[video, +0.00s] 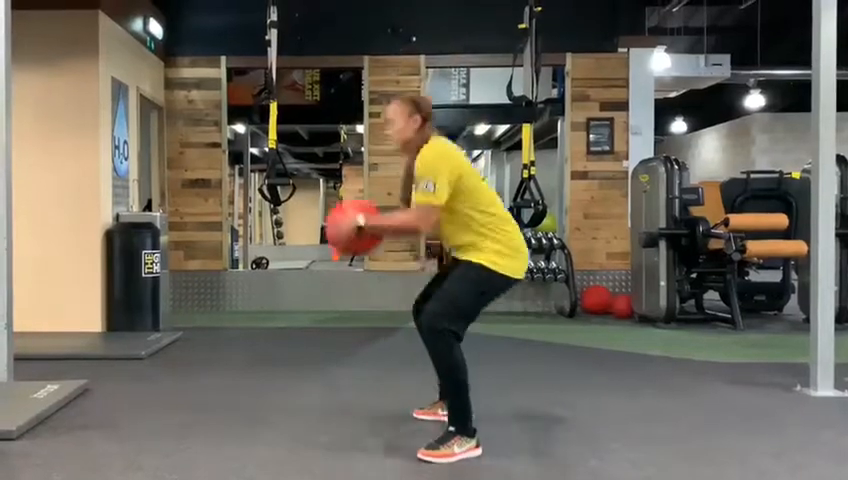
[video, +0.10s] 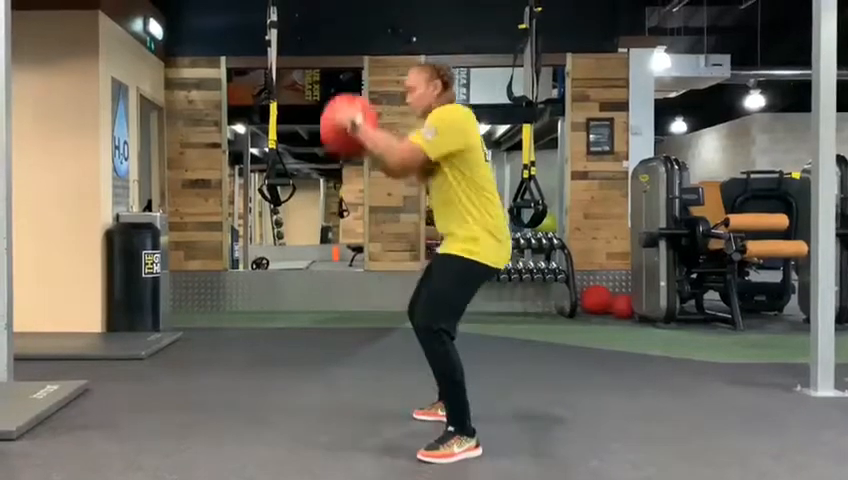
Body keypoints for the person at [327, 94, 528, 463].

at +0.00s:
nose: (386, 130)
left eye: (392, 122)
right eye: (386, 123)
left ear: (417, 121)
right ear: (413, 123)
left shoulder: (436, 154)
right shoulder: (422, 158)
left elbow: (424, 219)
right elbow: (413, 216)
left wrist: (368, 222)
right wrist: (372, 232)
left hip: (496, 254)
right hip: (473, 252)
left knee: (437, 322)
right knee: (424, 311)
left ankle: (464, 434)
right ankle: (450, 401)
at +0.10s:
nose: (407, 96)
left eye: (412, 89)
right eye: (406, 90)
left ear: (436, 87)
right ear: (432, 88)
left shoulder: (453, 117)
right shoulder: (437, 123)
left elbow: (401, 156)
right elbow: (401, 166)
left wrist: (362, 124)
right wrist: (366, 138)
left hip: (477, 243)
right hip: (459, 241)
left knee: (432, 322)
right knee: (420, 314)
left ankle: (463, 433)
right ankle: (449, 401)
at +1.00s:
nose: (401, 137)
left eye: (401, 127)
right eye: (396, 131)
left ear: (420, 112)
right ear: (417, 117)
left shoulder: (447, 136)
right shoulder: (441, 139)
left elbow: (442, 209)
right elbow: (437, 206)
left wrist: (395, 236)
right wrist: (403, 233)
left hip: (511, 237)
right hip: (492, 238)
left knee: (477, 327)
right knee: (459, 315)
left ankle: (532, 440)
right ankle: (490, 398)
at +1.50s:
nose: (359, 321)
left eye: (355, 314)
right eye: (352, 318)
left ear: (363, 295)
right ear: (363, 290)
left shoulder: (399, 292)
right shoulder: (390, 285)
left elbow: (411, 370)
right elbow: (411, 360)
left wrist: (406, 440)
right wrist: (409, 411)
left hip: (501, 233)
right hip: (484, 246)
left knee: (528, 338)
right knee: (492, 323)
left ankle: (632, 407)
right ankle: (563, 375)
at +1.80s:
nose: (343, 321)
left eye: (340, 314)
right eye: (337, 317)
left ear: (348, 298)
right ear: (349, 293)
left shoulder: (393, 301)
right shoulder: (381, 297)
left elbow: (412, 374)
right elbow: (409, 365)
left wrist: (408, 441)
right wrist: (406, 417)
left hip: (505, 342)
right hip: (500, 337)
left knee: (579, 412)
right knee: (570, 391)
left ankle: (695, 413)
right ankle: (670, 389)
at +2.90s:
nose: (456, 98)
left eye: (460, 89)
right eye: (453, 92)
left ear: (484, 78)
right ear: (475, 83)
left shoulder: (507, 106)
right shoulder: (483, 116)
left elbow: (453, 147)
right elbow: (446, 156)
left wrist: (408, 113)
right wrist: (406, 127)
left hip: (512, 234)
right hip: (491, 234)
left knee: (477, 327)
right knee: (460, 315)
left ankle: (514, 441)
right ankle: (488, 402)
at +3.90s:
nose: (371, 219)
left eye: (369, 211)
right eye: (365, 214)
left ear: (382, 191)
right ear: (381, 194)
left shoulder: (424, 206)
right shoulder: (408, 214)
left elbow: (442, 277)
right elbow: (425, 281)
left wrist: (422, 341)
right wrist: (412, 341)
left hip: (520, 267)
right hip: (494, 267)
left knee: (456, 344)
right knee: (441, 329)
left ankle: (514, 445)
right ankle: (484, 401)